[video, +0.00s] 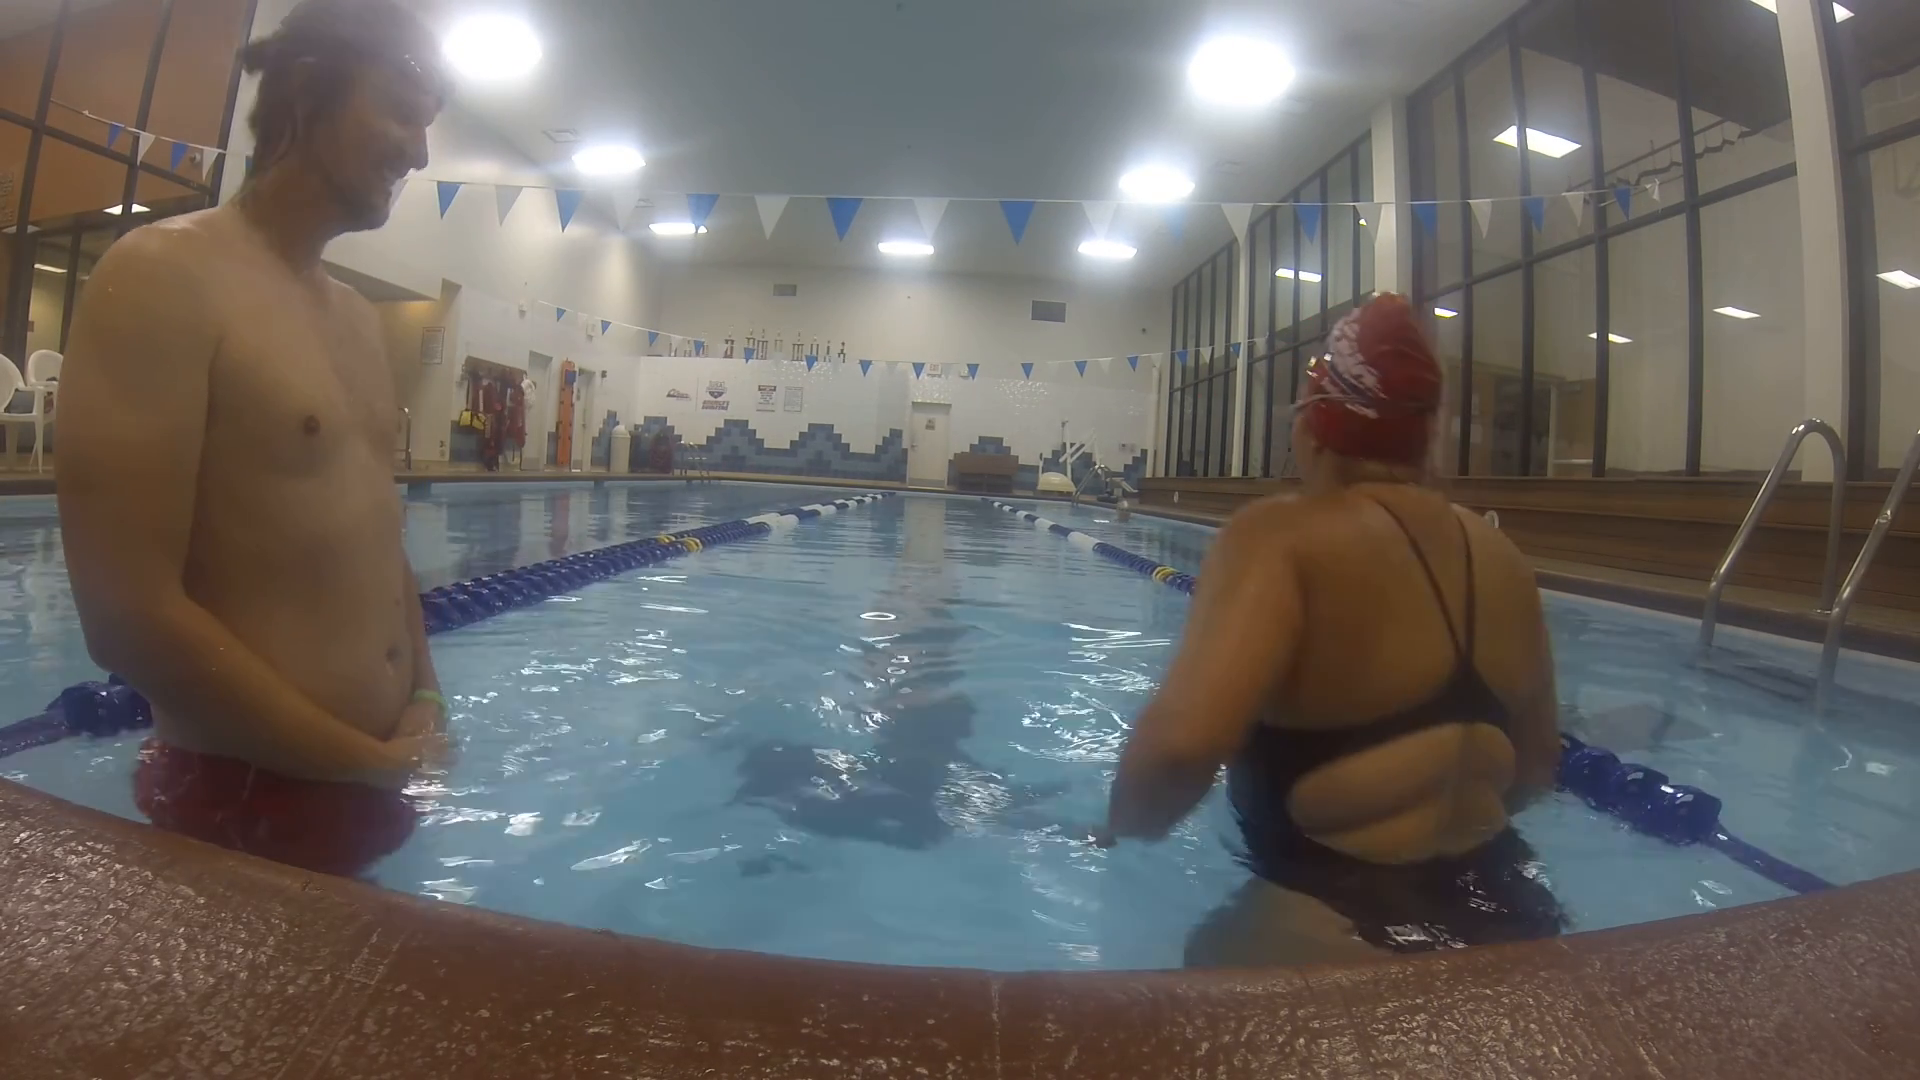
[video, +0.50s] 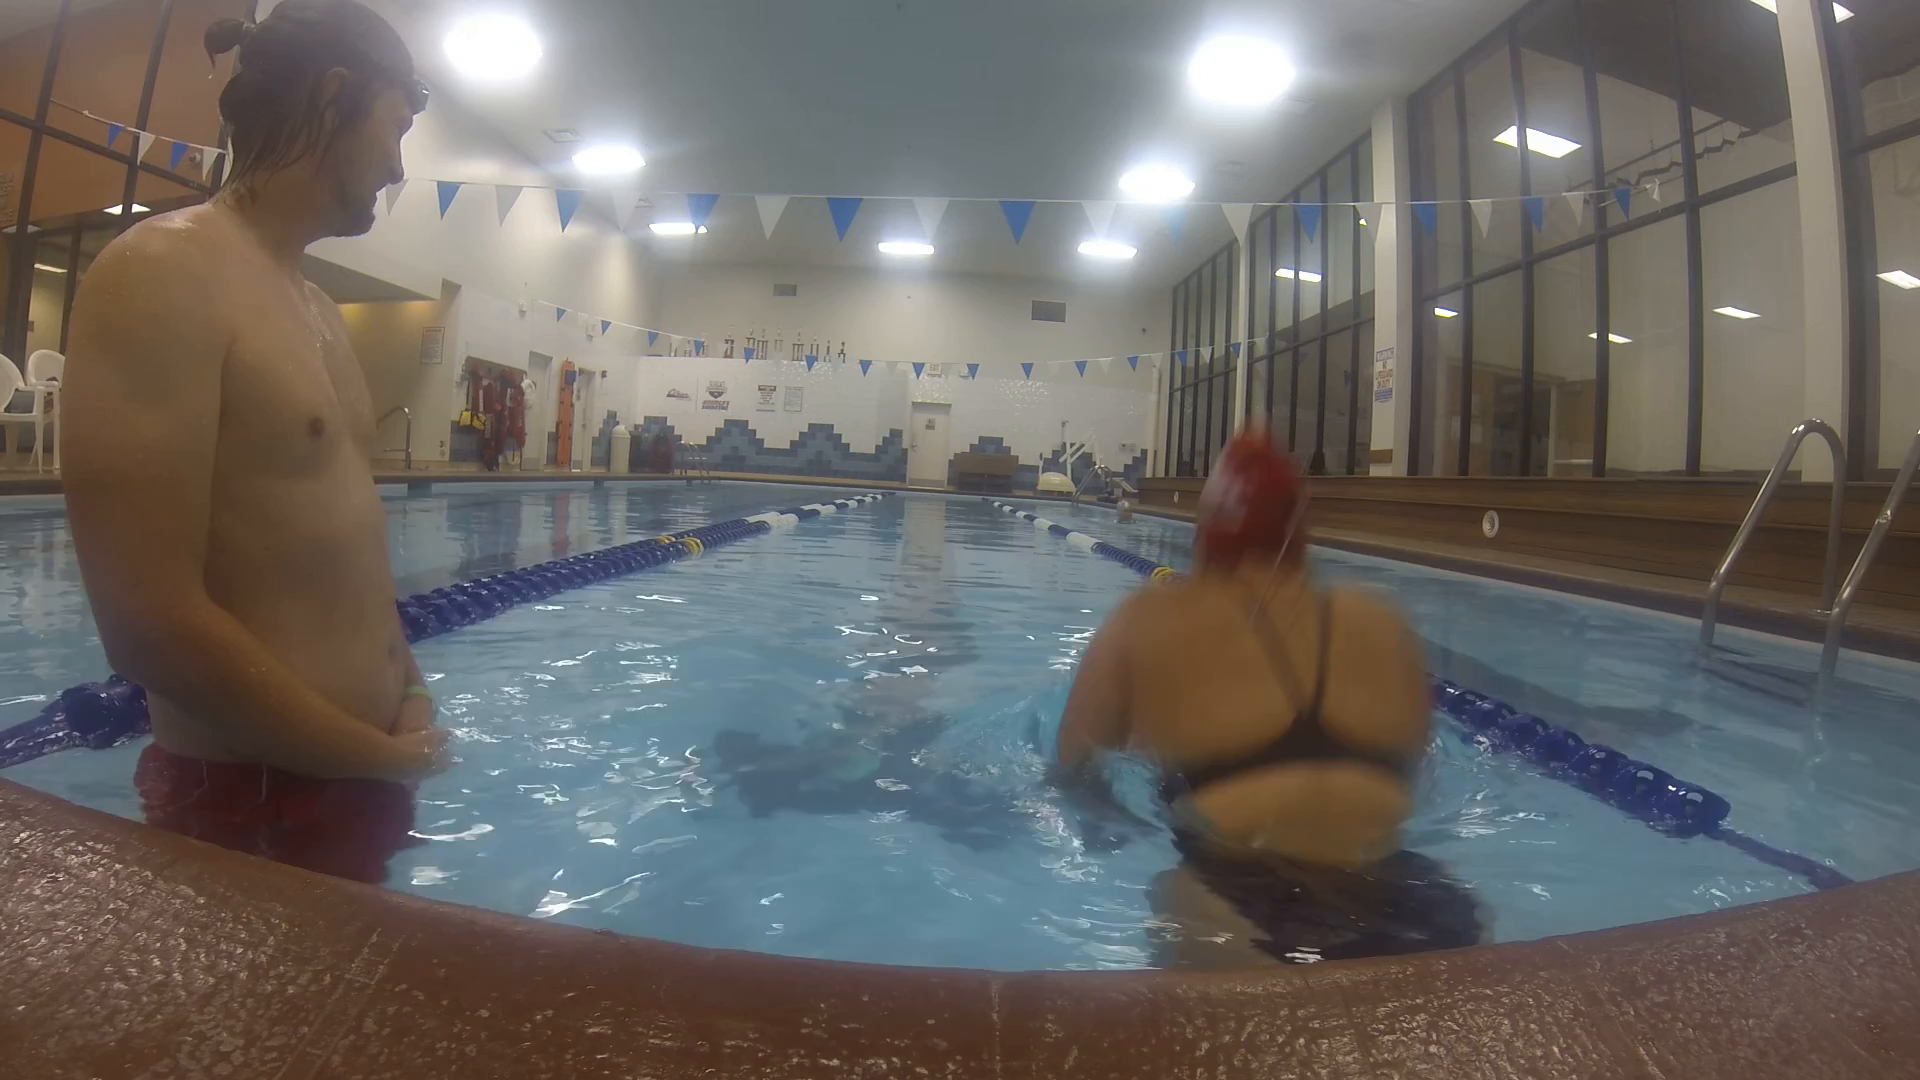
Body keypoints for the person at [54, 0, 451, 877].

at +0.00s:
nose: (422, 150)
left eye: (426, 126)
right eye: (402, 112)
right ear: (306, 96)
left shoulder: (361, 316)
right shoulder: (162, 273)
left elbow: (377, 540)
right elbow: (126, 615)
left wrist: (423, 699)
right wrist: (376, 764)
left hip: (364, 781)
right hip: (236, 797)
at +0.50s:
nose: (402, 165)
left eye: (406, 133)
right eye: (400, 125)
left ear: (336, 110)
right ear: (332, 100)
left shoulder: (313, 299)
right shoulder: (160, 272)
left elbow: (341, 544)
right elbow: (148, 623)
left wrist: (408, 694)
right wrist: (377, 757)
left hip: (344, 786)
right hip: (245, 801)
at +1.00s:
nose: (405, 163)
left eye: (409, 132)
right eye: (398, 123)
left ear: (328, 103)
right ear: (318, 92)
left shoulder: (314, 305)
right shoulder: (149, 274)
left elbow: (337, 548)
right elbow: (127, 625)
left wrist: (405, 703)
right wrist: (373, 763)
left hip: (340, 788)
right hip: (230, 804)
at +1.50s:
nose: (416, 160)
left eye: (419, 132)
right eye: (403, 121)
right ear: (311, 95)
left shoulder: (329, 308)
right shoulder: (153, 277)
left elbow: (351, 546)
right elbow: (130, 627)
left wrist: (415, 704)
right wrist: (378, 775)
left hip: (355, 798)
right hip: (235, 814)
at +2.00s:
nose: (445, 170)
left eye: (448, 141)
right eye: (434, 131)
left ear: (357, 115)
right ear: (347, 104)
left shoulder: (356, 313)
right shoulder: (178, 276)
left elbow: (370, 551)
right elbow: (149, 627)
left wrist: (432, 708)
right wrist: (392, 772)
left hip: (369, 790)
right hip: (254, 806)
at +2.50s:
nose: (494, 167)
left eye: (500, 142)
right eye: (474, 130)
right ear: (377, 115)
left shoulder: (403, 320)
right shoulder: (235, 282)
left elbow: (400, 554)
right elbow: (192, 622)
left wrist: (450, 707)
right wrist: (400, 764)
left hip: (373, 784)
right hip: (274, 799)